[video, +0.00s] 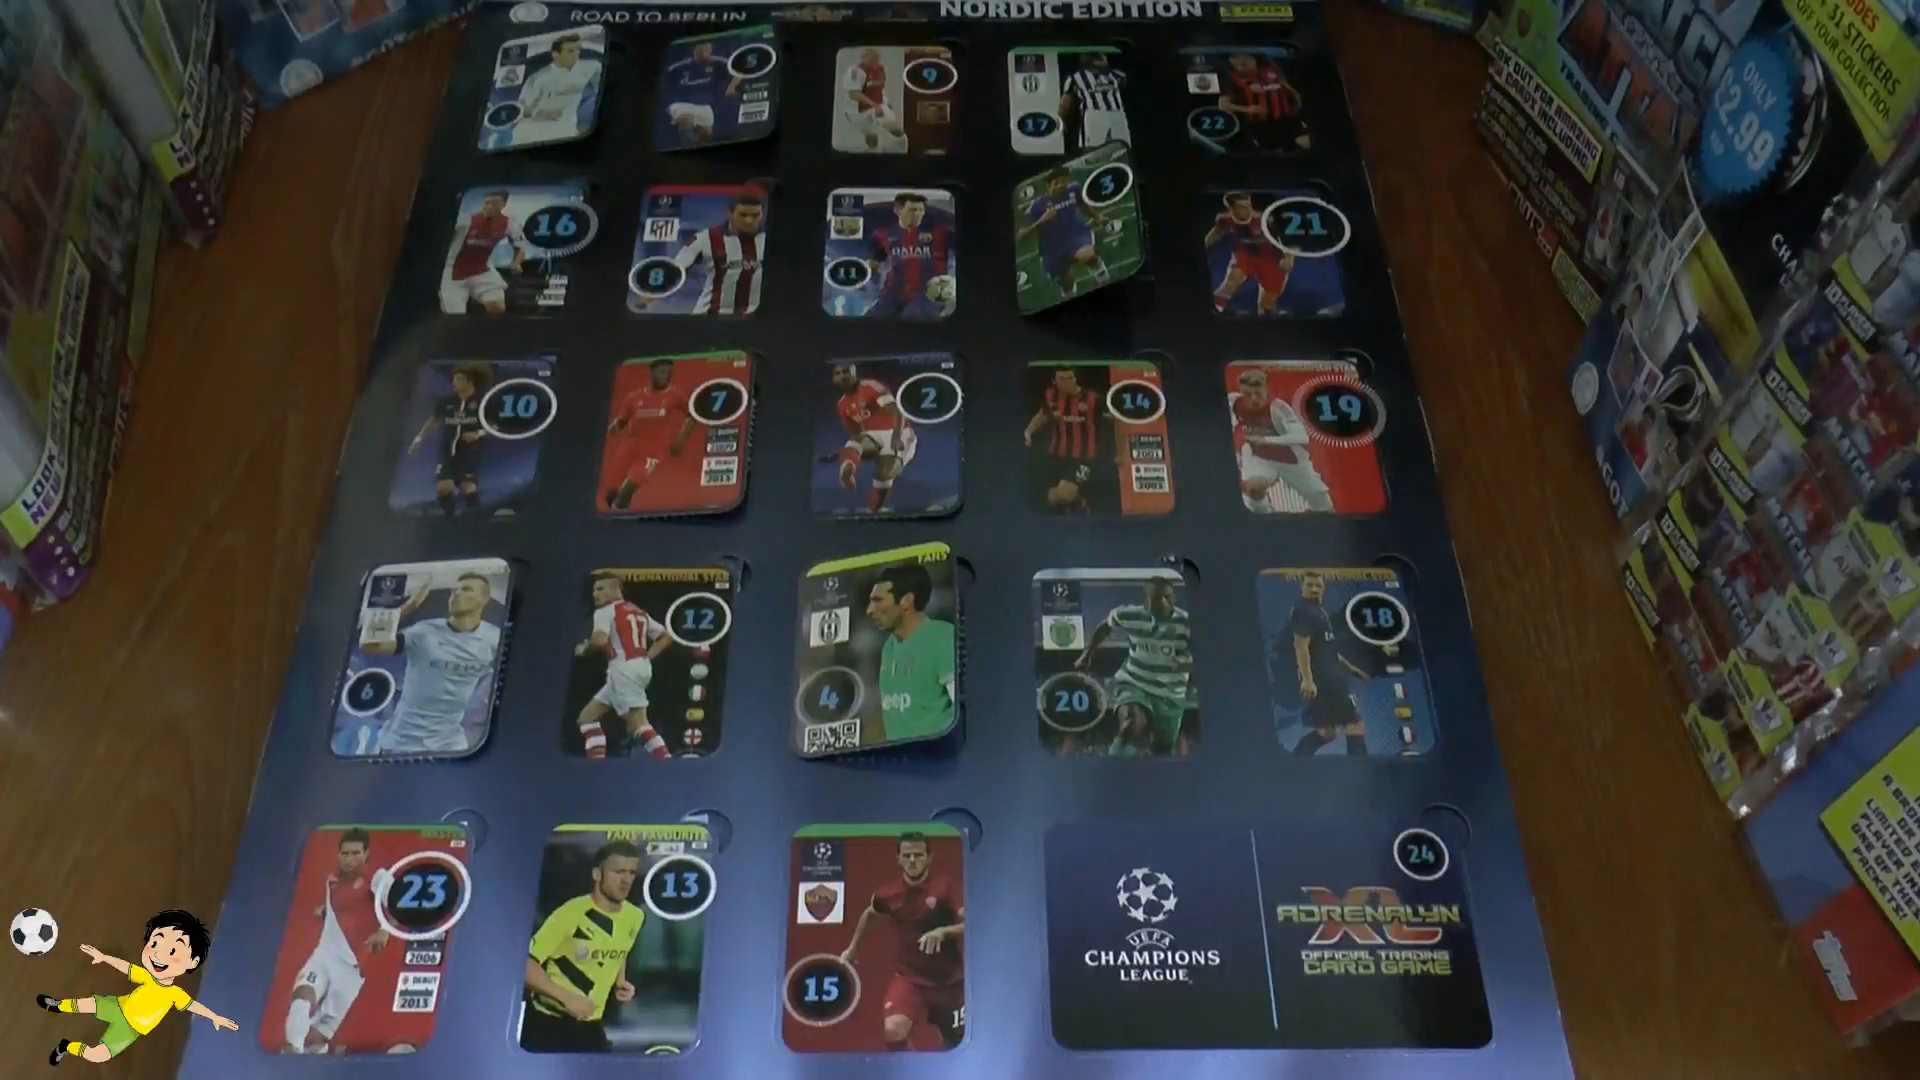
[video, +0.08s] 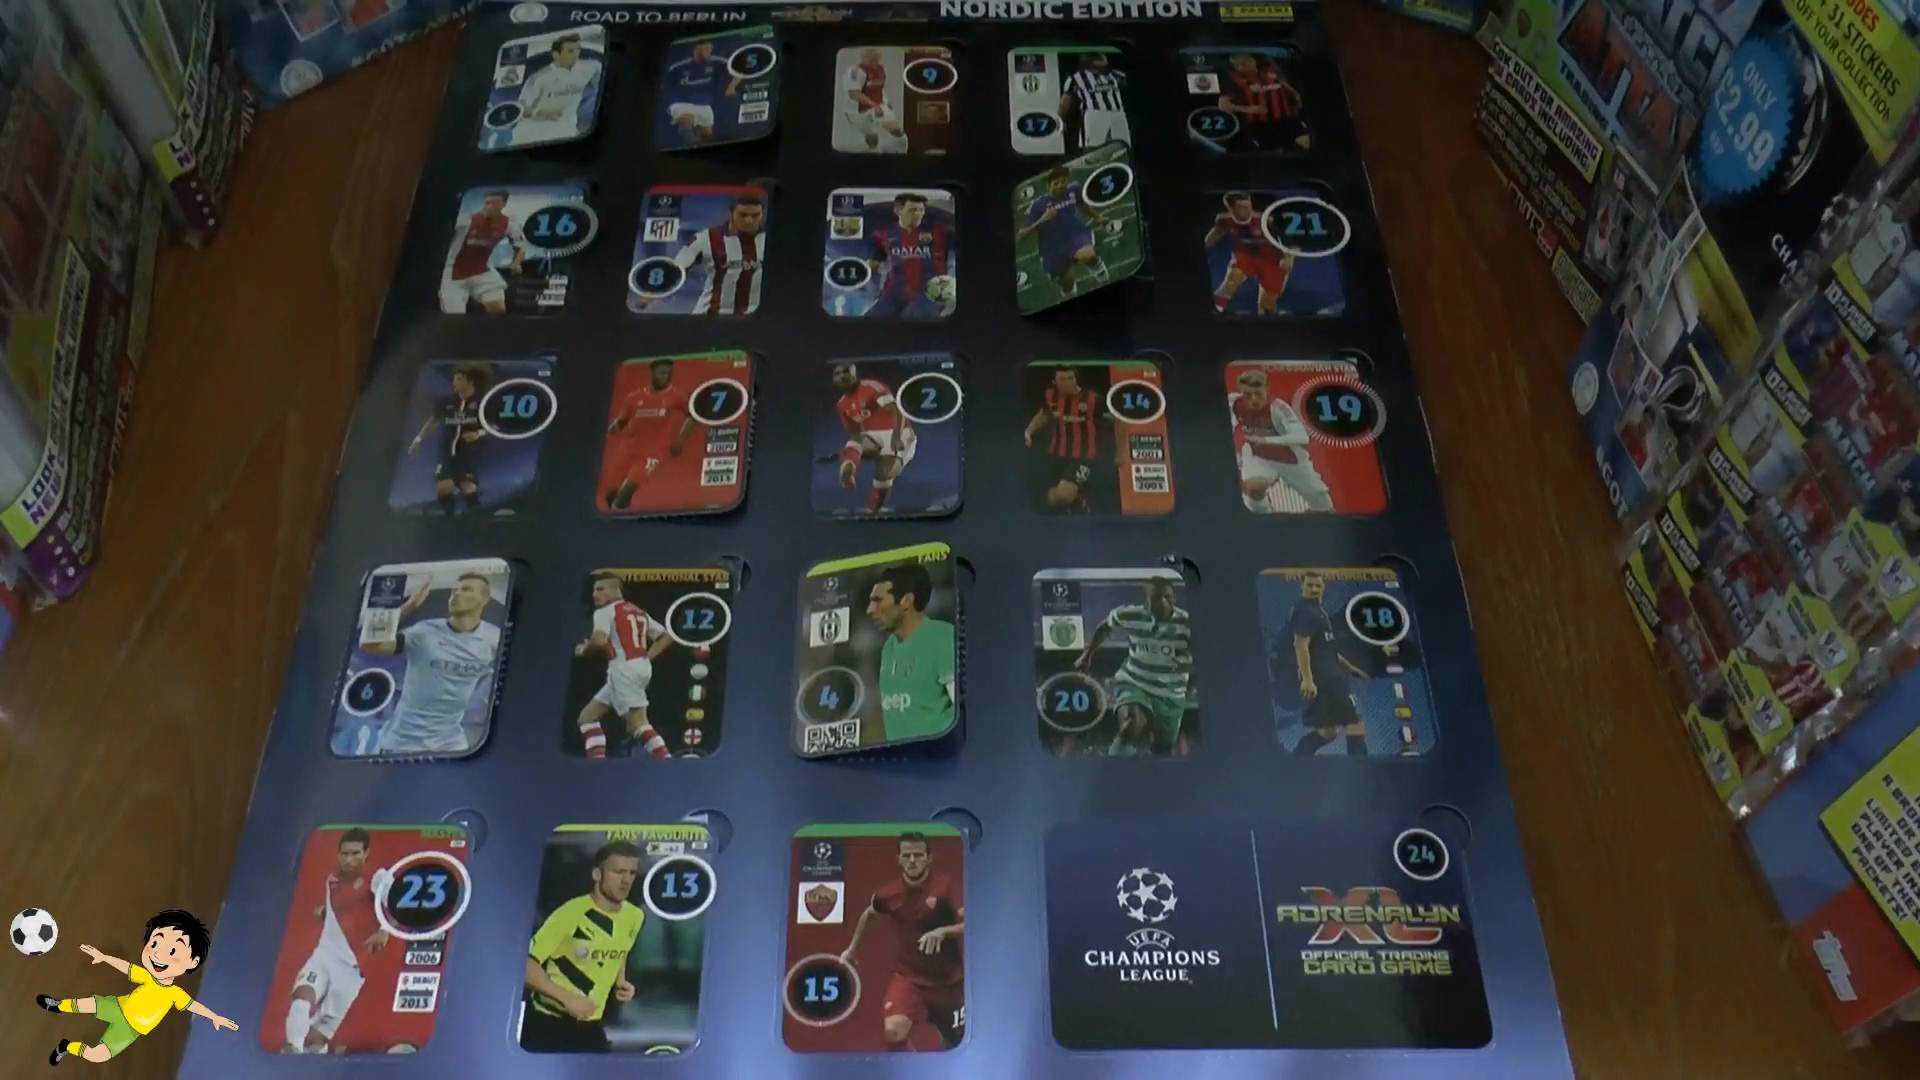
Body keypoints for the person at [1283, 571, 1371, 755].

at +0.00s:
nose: (1314, 589)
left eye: (1318, 585)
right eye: (1309, 585)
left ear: (1323, 589)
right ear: (1302, 587)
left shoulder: (1320, 610)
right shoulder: (1304, 611)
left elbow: (1330, 651)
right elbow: (1301, 645)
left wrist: (1352, 669)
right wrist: (1307, 678)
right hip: (1329, 677)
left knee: (1326, 732)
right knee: (1355, 726)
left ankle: (1292, 767)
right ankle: (1361, 778)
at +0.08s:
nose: (1314, 589)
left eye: (1318, 586)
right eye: (1310, 585)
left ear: (1323, 588)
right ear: (1302, 587)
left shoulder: (1320, 611)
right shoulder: (1303, 611)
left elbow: (1329, 651)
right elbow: (1300, 645)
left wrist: (1352, 669)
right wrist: (1307, 678)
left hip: (1323, 677)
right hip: (1330, 677)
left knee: (1326, 732)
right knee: (1355, 727)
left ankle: (1292, 767)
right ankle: (1362, 779)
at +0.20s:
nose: (1314, 589)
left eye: (1318, 586)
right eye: (1309, 585)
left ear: (1323, 588)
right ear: (1302, 587)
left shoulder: (1319, 611)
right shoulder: (1304, 610)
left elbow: (1328, 651)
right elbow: (1300, 645)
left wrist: (1352, 669)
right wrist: (1307, 679)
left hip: (1323, 677)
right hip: (1329, 677)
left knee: (1326, 732)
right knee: (1355, 727)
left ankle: (1291, 767)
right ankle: (1362, 779)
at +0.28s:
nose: (1314, 589)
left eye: (1318, 586)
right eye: (1309, 586)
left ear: (1323, 588)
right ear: (1302, 587)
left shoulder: (1319, 611)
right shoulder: (1304, 610)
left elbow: (1328, 651)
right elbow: (1300, 645)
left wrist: (1352, 669)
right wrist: (1307, 679)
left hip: (1323, 678)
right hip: (1330, 678)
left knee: (1326, 732)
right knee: (1355, 726)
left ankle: (1291, 767)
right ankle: (1361, 781)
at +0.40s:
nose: (1314, 589)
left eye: (1317, 585)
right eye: (1309, 585)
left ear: (1322, 588)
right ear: (1302, 587)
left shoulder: (1319, 611)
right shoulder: (1303, 611)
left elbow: (1328, 651)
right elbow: (1300, 645)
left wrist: (1352, 669)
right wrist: (1307, 678)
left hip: (1323, 678)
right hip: (1330, 678)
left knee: (1326, 732)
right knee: (1355, 727)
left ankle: (1291, 766)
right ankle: (1362, 780)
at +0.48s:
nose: (1313, 589)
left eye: (1317, 585)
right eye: (1309, 585)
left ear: (1322, 587)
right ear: (1301, 587)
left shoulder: (1318, 610)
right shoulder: (1303, 610)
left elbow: (1328, 651)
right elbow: (1300, 645)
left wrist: (1351, 668)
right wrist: (1307, 678)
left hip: (1323, 677)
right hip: (1330, 677)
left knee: (1325, 731)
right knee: (1355, 726)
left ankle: (1290, 766)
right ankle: (1362, 780)